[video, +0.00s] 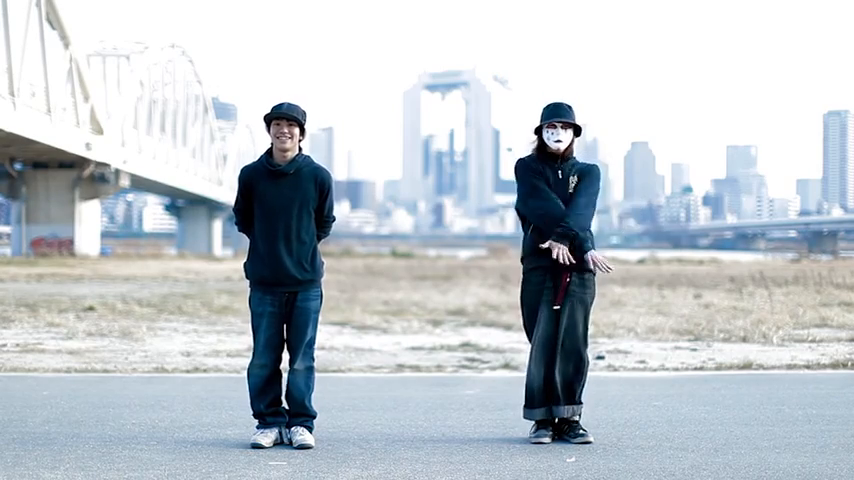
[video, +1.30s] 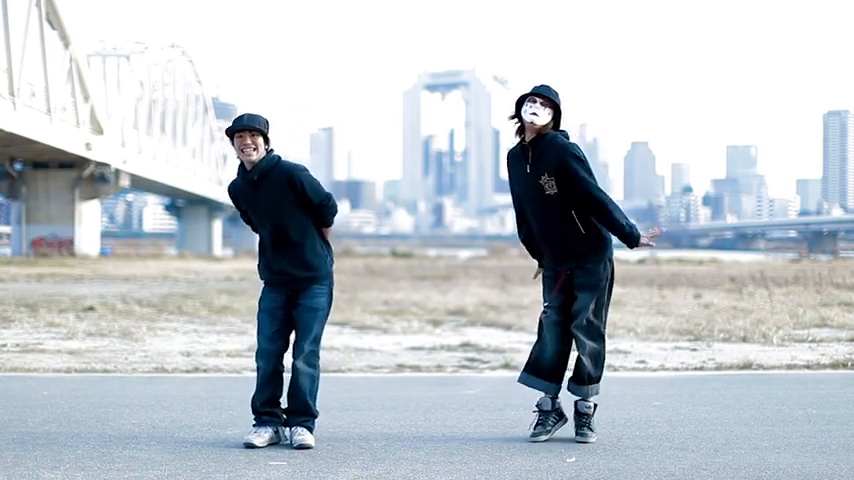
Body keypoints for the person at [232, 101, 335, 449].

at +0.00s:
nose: (284, 133)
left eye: (291, 128)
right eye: (278, 127)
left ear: (301, 134)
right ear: (269, 132)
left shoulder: (318, 177)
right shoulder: (250, 175)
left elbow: (324, 225)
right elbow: (243, 220)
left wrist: (299, 243)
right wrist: (269, 240)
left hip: (306, 279)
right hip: (264, 279)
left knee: (302, 355)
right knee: (264, 355)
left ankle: (300, 424)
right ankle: (268, 424)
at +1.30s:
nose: (247, 143)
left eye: (253, 136)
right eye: (240, 138)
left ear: (265, 141)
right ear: (233, 145)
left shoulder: (293, 174)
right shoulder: (237, 189)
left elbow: (327, 207)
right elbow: (257, 225)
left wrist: (318, 233)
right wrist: (300, 234)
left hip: (313, 278)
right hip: (275, 280)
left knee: (305, 353)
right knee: (267, 353)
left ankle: (301, 425)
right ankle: (267, 424)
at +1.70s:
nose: (264, 138)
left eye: (270, 132)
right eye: (257, 132)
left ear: (280, 136)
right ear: (248, 137)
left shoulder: (303, 170)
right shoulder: (237, 180)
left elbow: (325, 210)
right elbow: (235, 224)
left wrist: (309, 242)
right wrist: (262, 244)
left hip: (305, 280)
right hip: (264, 281)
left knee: (302, 355)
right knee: (260, 356)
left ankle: (301, 424)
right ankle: (266, 425)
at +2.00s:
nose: (291, 170)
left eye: (298, 166)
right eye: (286, 163)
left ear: (306, 172)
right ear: (276, 165)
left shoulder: (317, 210)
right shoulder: (253, 200)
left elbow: (325, 253)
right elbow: (228, 243)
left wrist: (308, 274)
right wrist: (250, 269)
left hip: (303, 298)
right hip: (260, 298)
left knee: (305, 365)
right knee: (258, 367)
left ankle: (301, 427)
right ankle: (265, 428)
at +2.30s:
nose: (326, 153)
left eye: (333, 150)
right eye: (321, 147)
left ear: (340, 160)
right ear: (309, 152)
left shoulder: (336, 201)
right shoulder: (279, 183)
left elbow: (310, 235)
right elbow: (242, 211)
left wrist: (278, 249)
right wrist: (251, 249)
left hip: (292, 283)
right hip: (253, 281)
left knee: (297, 351)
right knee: (259, 353)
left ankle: (299, 422)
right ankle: (266, 422)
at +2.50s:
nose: (325, 169)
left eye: (333, 166)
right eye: (320, 162)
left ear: (340, 176)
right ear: (309, 166)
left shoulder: (338, 214)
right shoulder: (277, 196)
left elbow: (313, 242)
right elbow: (243, 217)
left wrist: (283, 254)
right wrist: (250, 253)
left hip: (295, 284)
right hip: (255, 283)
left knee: (297, 353)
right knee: (259, 353)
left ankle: (299, 423)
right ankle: (266, 421)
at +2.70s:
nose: (300, 140)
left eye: (307, 136)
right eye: (295, 133)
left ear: (317, 142)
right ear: (285, 136)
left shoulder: (327, 184)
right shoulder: (262, 172)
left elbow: (336, 226)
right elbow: (246, 212)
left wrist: (312, 252)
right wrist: (260, 244)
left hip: (302, 280)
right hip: (261, 278)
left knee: (300, 355)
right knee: (260, 355)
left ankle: (300, 424)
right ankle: (266, 424)